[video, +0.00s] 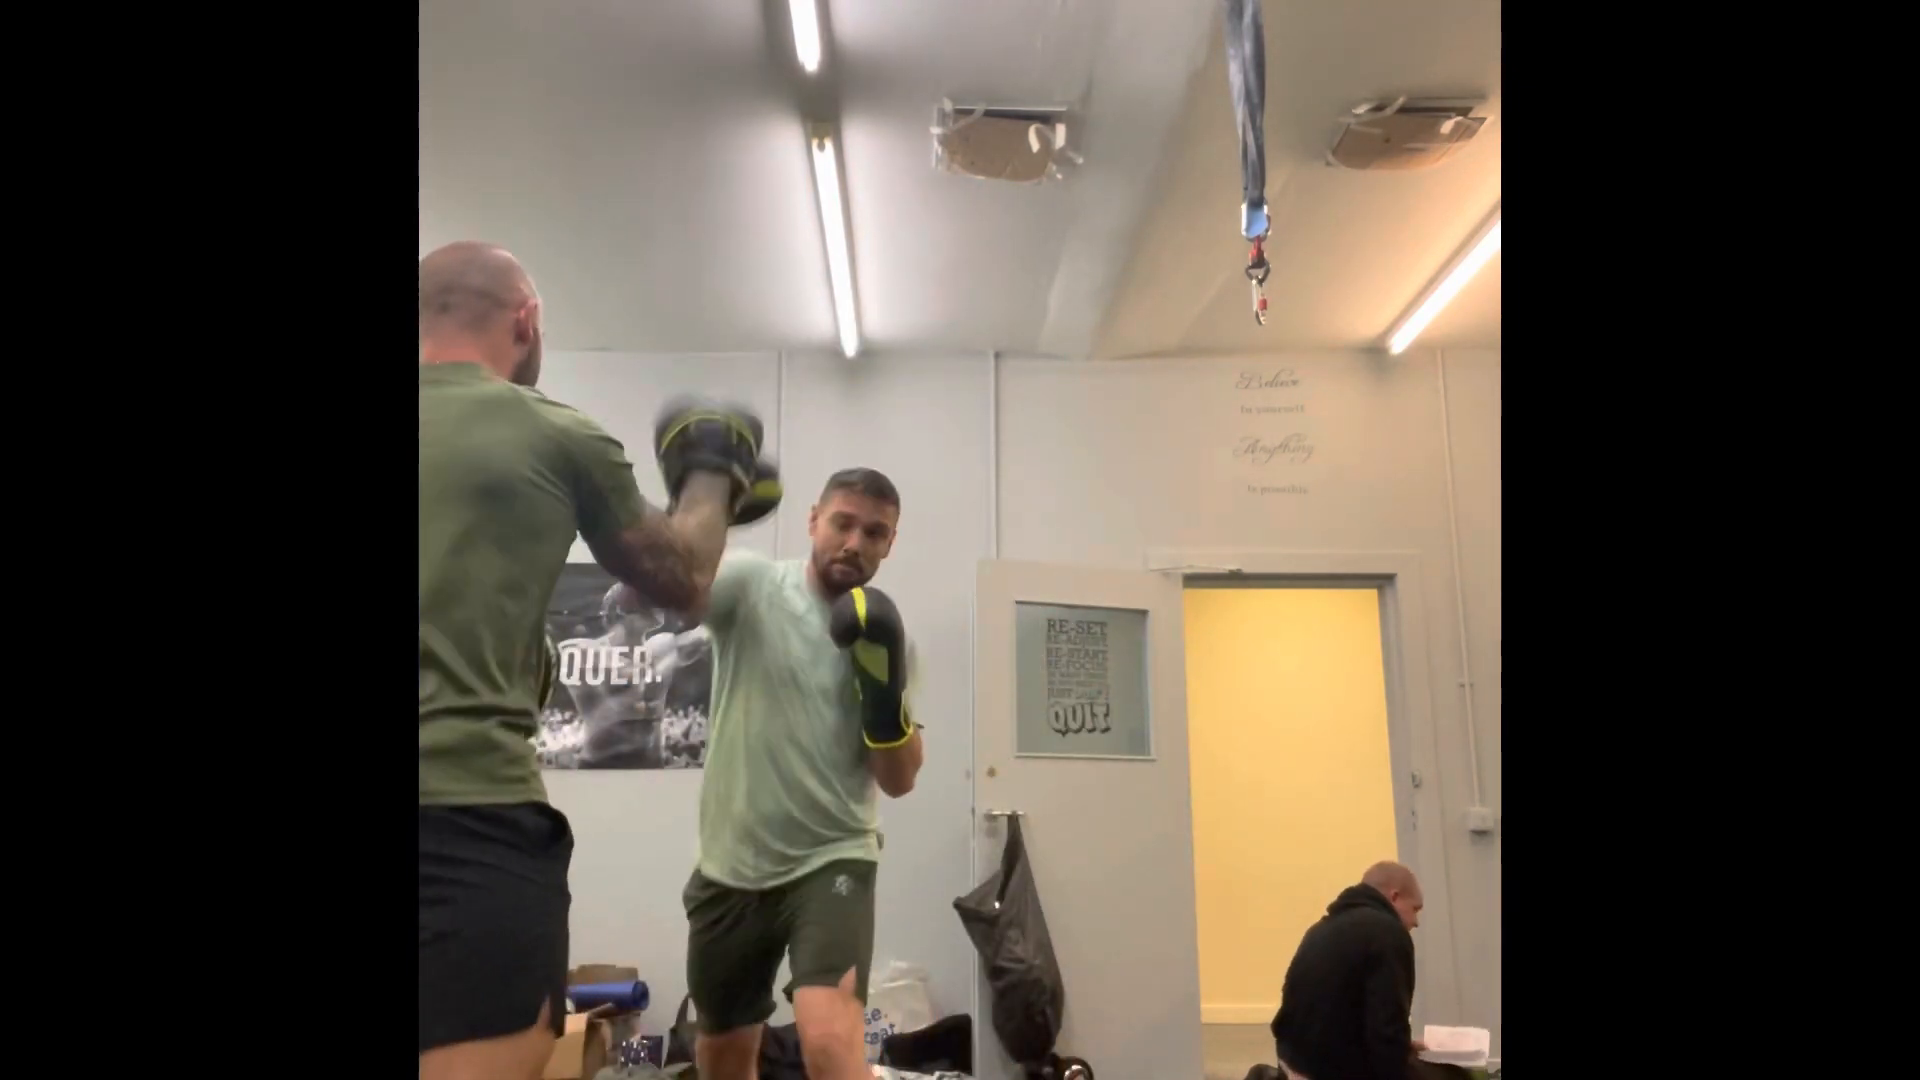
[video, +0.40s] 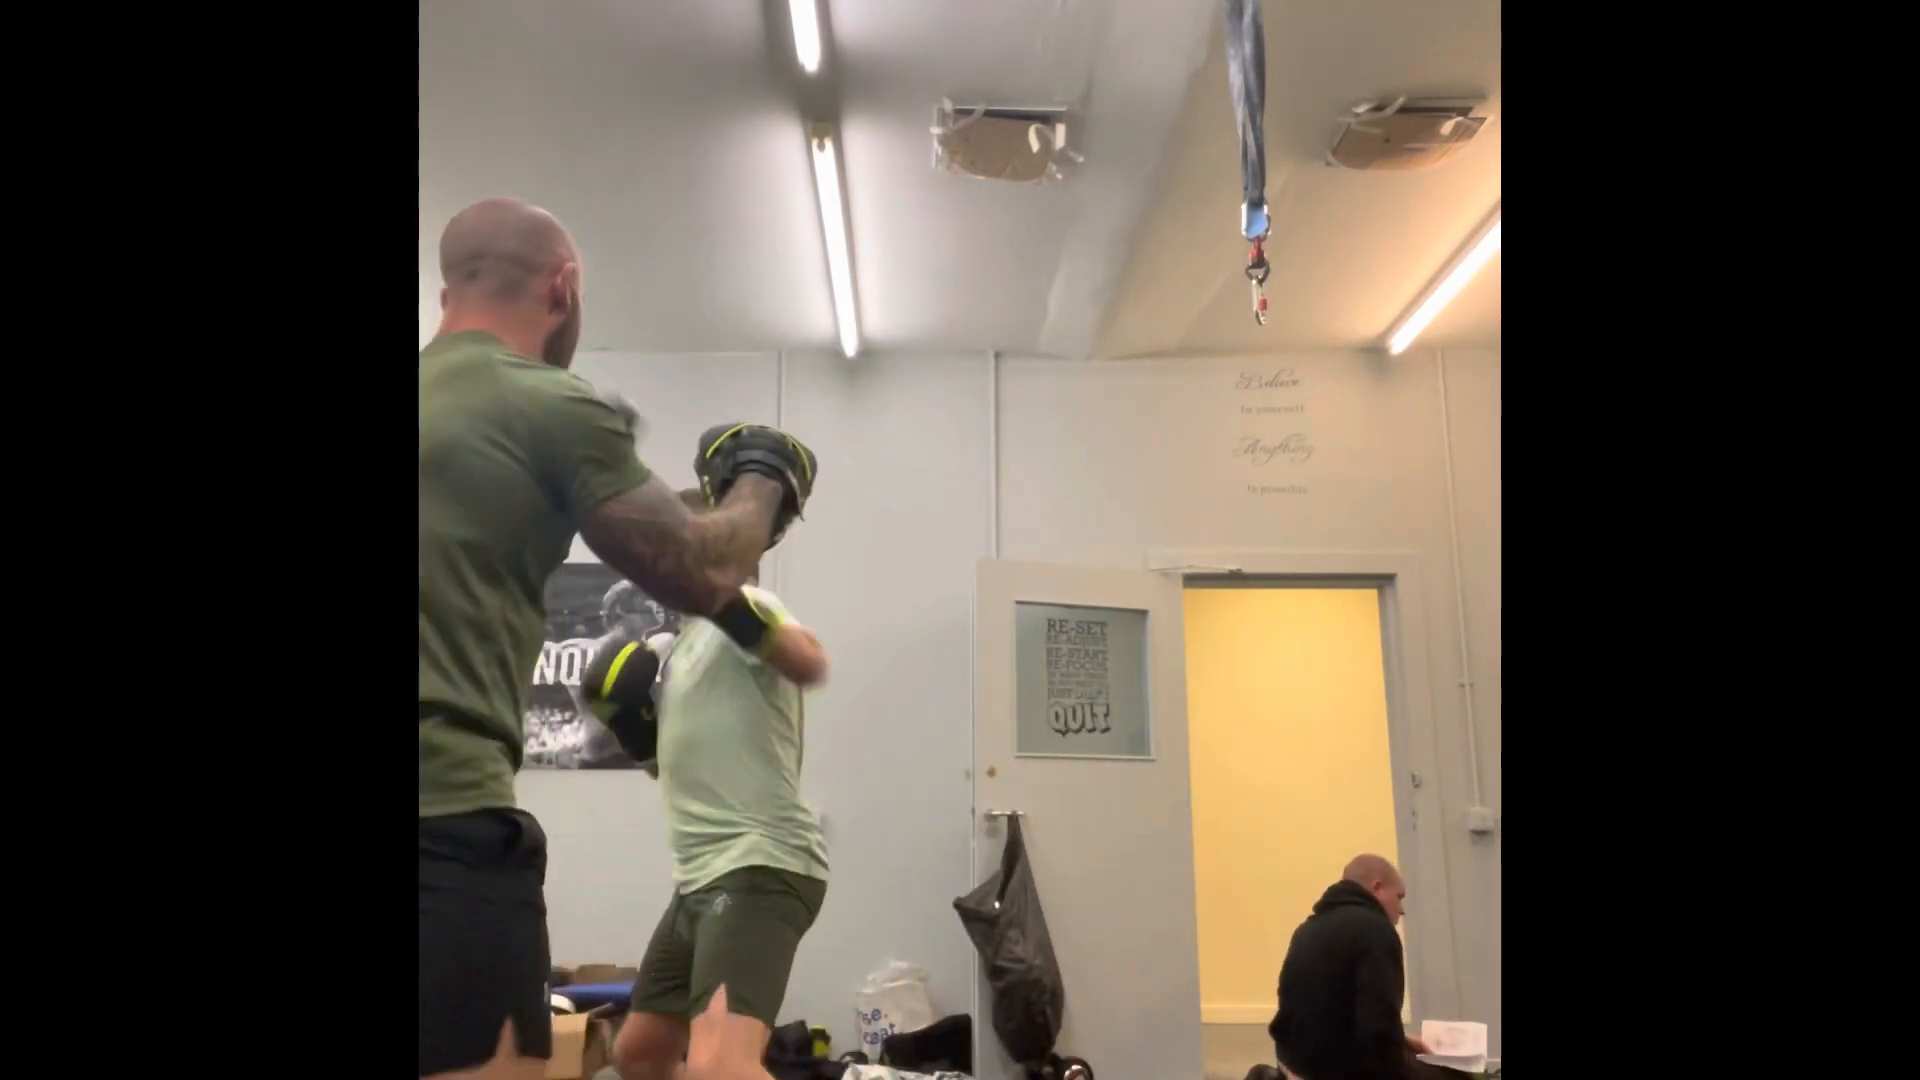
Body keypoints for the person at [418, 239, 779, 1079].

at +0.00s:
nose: (539, 350)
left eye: (538, 332)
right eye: (538, 329)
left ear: (424, 317)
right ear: (523, 320)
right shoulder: (546, 434)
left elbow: (677, 579)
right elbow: (681, 583)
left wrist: (703, 489)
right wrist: (713, 470)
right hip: (467, 818)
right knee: (479, 1059)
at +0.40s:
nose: (581, 315)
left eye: (577, 294)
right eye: (582, 292)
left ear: (451, 284)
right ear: (561, 284)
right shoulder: (537, 400)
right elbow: (701, 574)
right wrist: (767, 475)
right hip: (452, 810)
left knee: (498, 1053)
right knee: (483, 1063)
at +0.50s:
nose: (540, 305)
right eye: (539, 288)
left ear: (421, 286)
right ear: (518, 285)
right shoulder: (550, 413)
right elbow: (667, 541)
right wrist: (662, 494)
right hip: (461, 815)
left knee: (517, 1047)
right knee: (478, 1061)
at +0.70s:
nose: (643, 279)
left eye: (643, 257)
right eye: (646, 254)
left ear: (512, 232)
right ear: (618, 236)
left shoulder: (428, 343)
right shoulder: (624, 344)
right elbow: (732, 527)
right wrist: (772, 480)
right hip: (513, 796)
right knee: (541, 1058)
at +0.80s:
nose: (723, 296)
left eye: (722, 277)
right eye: (726, 274)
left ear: (599, 248)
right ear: (704, 250)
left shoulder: (467, 363)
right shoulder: (675, 333)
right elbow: (703, 552)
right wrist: (785, 525)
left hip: (427, 772)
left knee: (426, 1053)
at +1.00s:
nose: (725, 511)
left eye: (741, 498)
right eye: (708, 487)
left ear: (760, 516)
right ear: (682, 497)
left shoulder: (775, 606)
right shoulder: (615, 586)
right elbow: (549, 703)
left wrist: (769, 671)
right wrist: (597, 681)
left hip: (724, 886)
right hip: (609, 871)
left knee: (733, 1067)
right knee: (546, 1061)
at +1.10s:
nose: (737, 471)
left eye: (749, 464)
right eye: (726, 451)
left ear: (752, 478)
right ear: (679, 442)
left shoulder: (737, 572)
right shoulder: (591, 517)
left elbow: (739, 709)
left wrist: (742, 646)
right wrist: (585, 619)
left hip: (671, 818)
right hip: (556, 793)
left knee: (696, 1019)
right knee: (484, 1004)